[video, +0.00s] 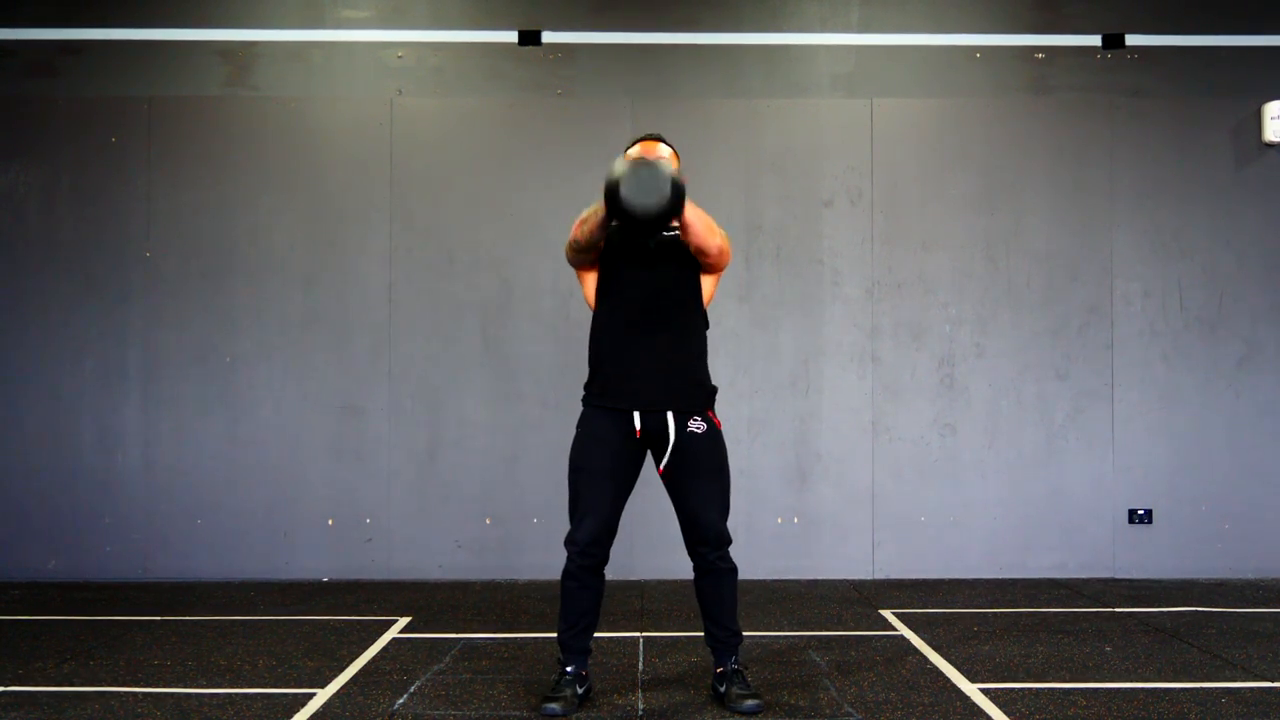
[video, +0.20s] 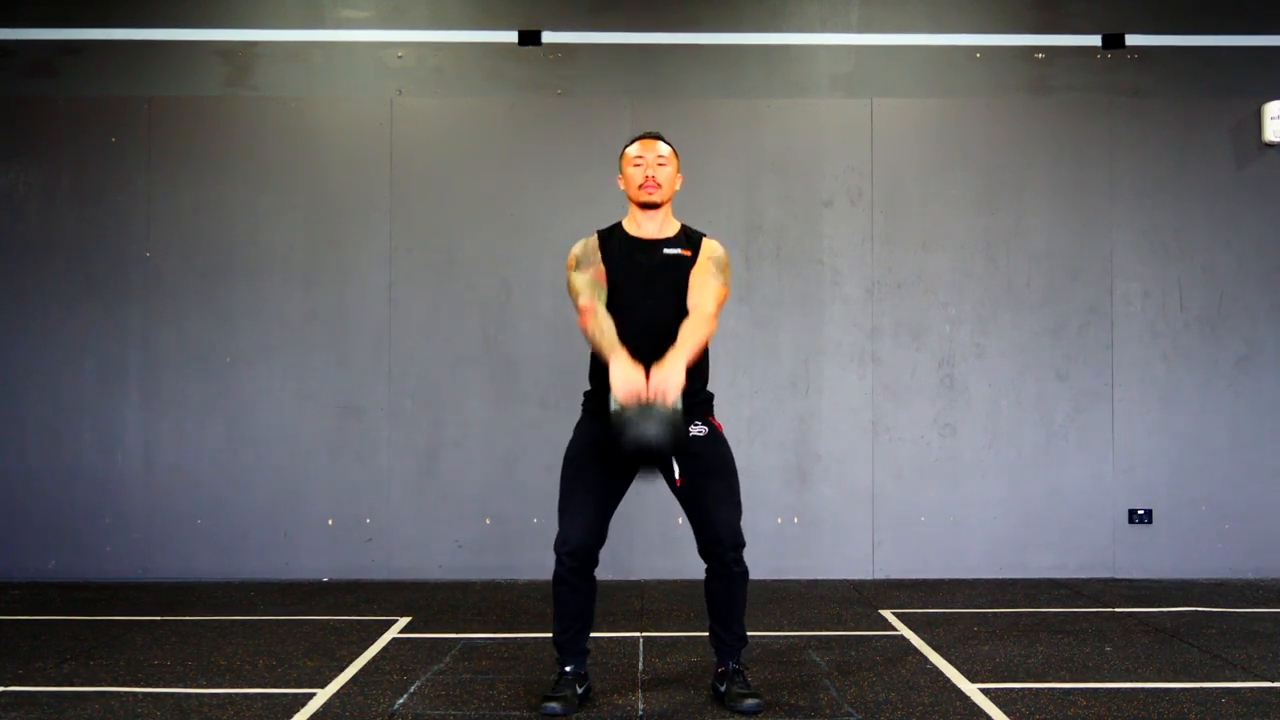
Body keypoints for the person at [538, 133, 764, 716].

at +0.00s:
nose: (651, 172)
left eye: (662, 164)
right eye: (640, 162)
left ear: (679, 181)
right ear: (619, 178)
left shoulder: (701, 250)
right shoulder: (596, 248)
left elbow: (717, 251)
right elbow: (580, 241)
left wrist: (674, 192)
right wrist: (615, 197)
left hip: (688, 414)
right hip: (610, 413)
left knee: (712, 544)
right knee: (585, 545)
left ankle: (729, 670)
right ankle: (572, 672)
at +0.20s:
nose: (650, 170)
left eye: (661, 162)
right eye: (638, 162)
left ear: (679, 179)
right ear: (621, 181)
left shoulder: (708, 251)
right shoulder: (589, 250)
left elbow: (703, 314)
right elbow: (591, 313)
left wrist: (675, 361)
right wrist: (619, 359)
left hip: (688, 416)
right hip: (608, 416)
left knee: (725, 544)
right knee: (574, 546)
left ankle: (730, 670)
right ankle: (571, 673)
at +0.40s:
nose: (648, 205)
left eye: (660, 195)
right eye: (635, 195)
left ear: (677, 208)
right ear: (618, 210)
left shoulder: (711, 288)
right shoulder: (586, 288)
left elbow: (702, 388)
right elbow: (595, 389)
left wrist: (679, 464)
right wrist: (620, 464)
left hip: (690, 440)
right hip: (607, 440)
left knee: (747, 538)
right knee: (553, 542)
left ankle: (733, 670)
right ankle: (568, 674)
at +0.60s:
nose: (646, 239)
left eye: (658, 226)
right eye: (633, 228)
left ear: (676, 235)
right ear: (616, 238)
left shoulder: (712, 308)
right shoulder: (586, 312)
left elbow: (705, 403)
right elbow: (595, 408)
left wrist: (683, 475)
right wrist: (621, 476)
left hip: (691, 445)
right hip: (610, 446)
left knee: (750, 535)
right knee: (554, 537)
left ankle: (734, 668)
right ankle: (568, 672)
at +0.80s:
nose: (650, 196)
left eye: (662, 185)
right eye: (637, 186)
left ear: (678, 196)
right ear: (620, 198)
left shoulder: (713, 274)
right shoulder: (587, 280)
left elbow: (704, 366)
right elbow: (598, 370)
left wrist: (683, 442)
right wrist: (625, 442)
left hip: (693, 433)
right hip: (611, 432)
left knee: (743, 554)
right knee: (563, 554)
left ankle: (732, 673)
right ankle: (571, 675)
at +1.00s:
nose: (655, 180)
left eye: (667, 172)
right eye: (644, 172)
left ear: (682, 189)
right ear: (625, 189)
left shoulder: (706, 251)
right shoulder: (597, 250)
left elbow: (707, 283)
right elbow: (594, 276)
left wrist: (671, 287)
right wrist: (622, 284)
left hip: (690, 415)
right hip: (612, 413)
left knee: (716, 543)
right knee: (583, 544)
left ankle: (729, 670)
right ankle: (573, 672)